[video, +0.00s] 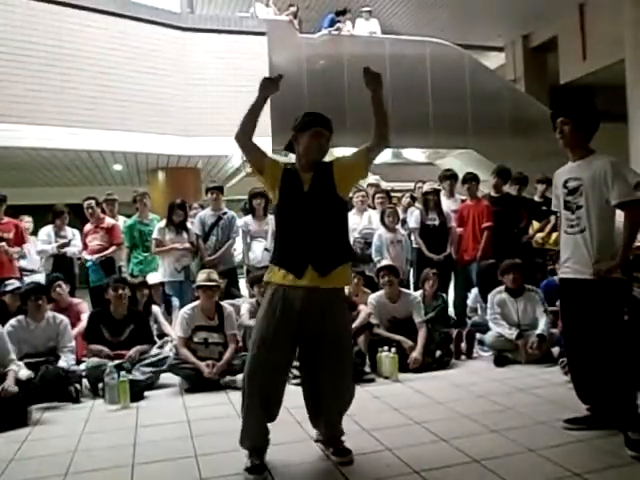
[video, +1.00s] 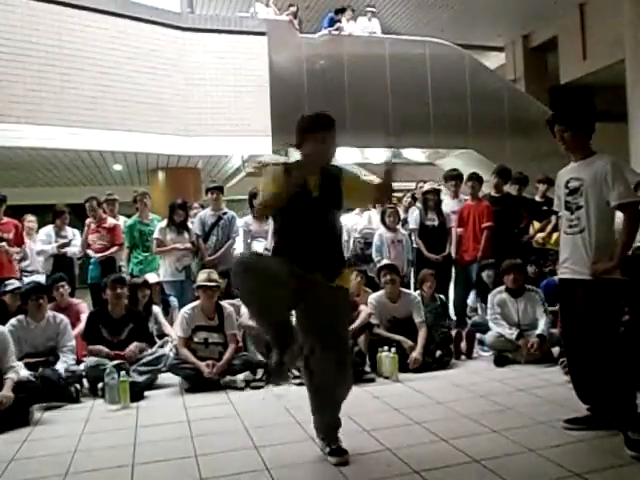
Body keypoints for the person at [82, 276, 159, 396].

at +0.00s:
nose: (120, 293)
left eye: (123, 289)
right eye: (115, 289)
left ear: (129, 292)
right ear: (107, 294)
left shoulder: (138, 316)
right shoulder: (96, 316)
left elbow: (150, 345)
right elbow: (90, 347)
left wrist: (138, 350)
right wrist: (101, 350)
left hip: (135, 362)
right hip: (106, 363)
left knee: (165, 355)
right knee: (92, 365)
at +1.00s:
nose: (118, 292)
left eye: (122, 288)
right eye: (113, 289)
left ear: (127, 292)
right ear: (105, 295)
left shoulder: (137, 316)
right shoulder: (95, 316)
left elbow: (150, 345)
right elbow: (90, 348)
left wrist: (137, 346)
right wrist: (112, 355)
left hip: (134, 360)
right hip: (106, 361)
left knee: (165, 354)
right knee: (90, 364)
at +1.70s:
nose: (118, 297)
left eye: (120, 292)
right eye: (112, 294)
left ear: (125, 294)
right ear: (103, 300)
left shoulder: (136, 316)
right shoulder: (95, 321)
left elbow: (152, 342)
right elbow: (90, 352)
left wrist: (141, 356)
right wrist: (113, 361)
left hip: (134, 362)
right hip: (107, 363)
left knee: (164, 356)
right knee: (86, 368)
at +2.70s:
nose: (127, 309)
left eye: (130, 304)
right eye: (121, 305)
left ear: (134, 306)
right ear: (111, 307)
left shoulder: (139, 321)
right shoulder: (101, 323)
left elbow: (149, 349)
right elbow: (90, 356)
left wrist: (137, 369)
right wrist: (109, 363)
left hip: (133, 362)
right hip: (108, 363)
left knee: (163, 358)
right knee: (86, 369)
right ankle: (134, 382)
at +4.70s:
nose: (130, 310)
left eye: (133, 306)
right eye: (125, 307)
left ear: (138, 308)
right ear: (114, 310)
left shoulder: (144, 324)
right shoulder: (104, 327)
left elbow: (153, 352)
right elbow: (94, 359)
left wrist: (141, 372)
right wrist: (119, 366)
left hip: (137, 365)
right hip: (112, 367)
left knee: (168, 360)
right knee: (89, 372)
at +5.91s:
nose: (129, 311)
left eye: (133, 306)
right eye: (124, 306)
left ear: (137, 308)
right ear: (114, 310)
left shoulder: (144, 324)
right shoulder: (104, 327)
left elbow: (153, 352)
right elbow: (94, 359)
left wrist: (141, 372)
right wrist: (119, 366)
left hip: (137, 365)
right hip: (112, 367)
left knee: (168, 361)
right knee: (89, 372)